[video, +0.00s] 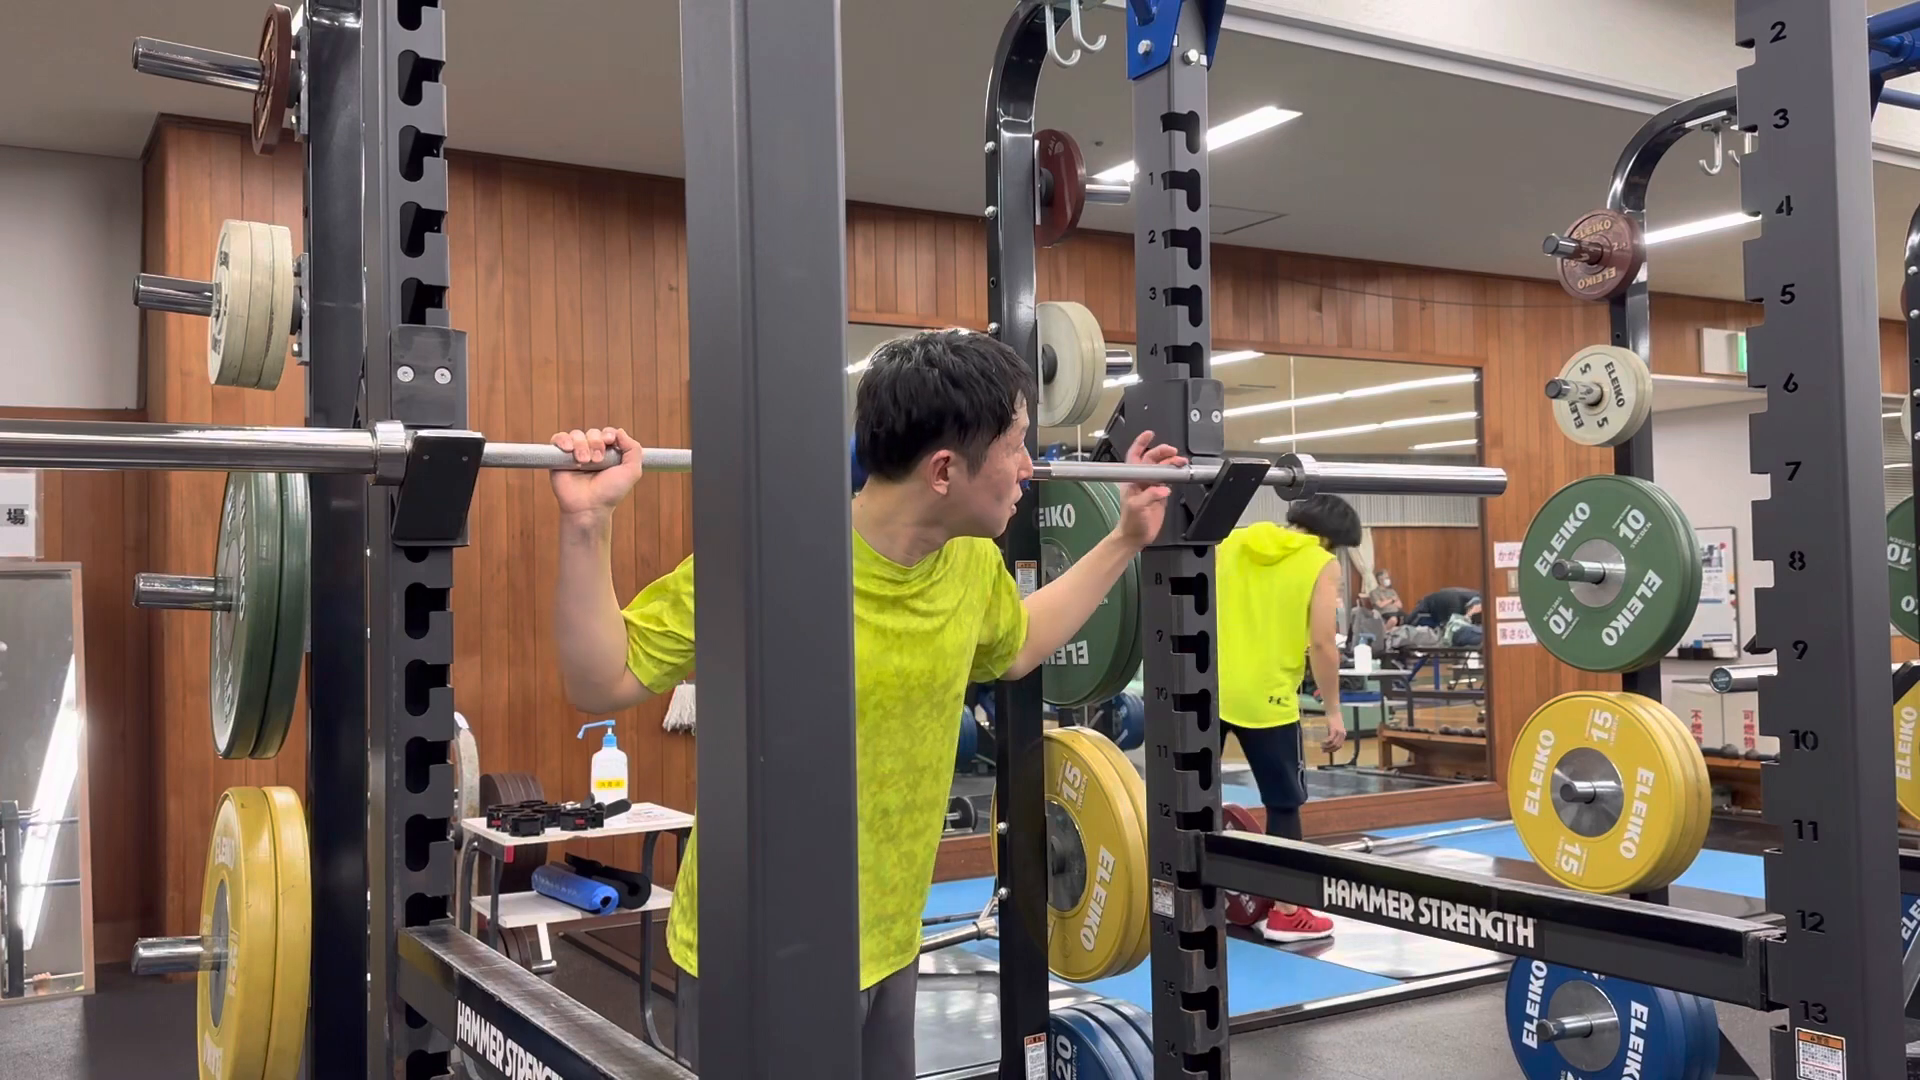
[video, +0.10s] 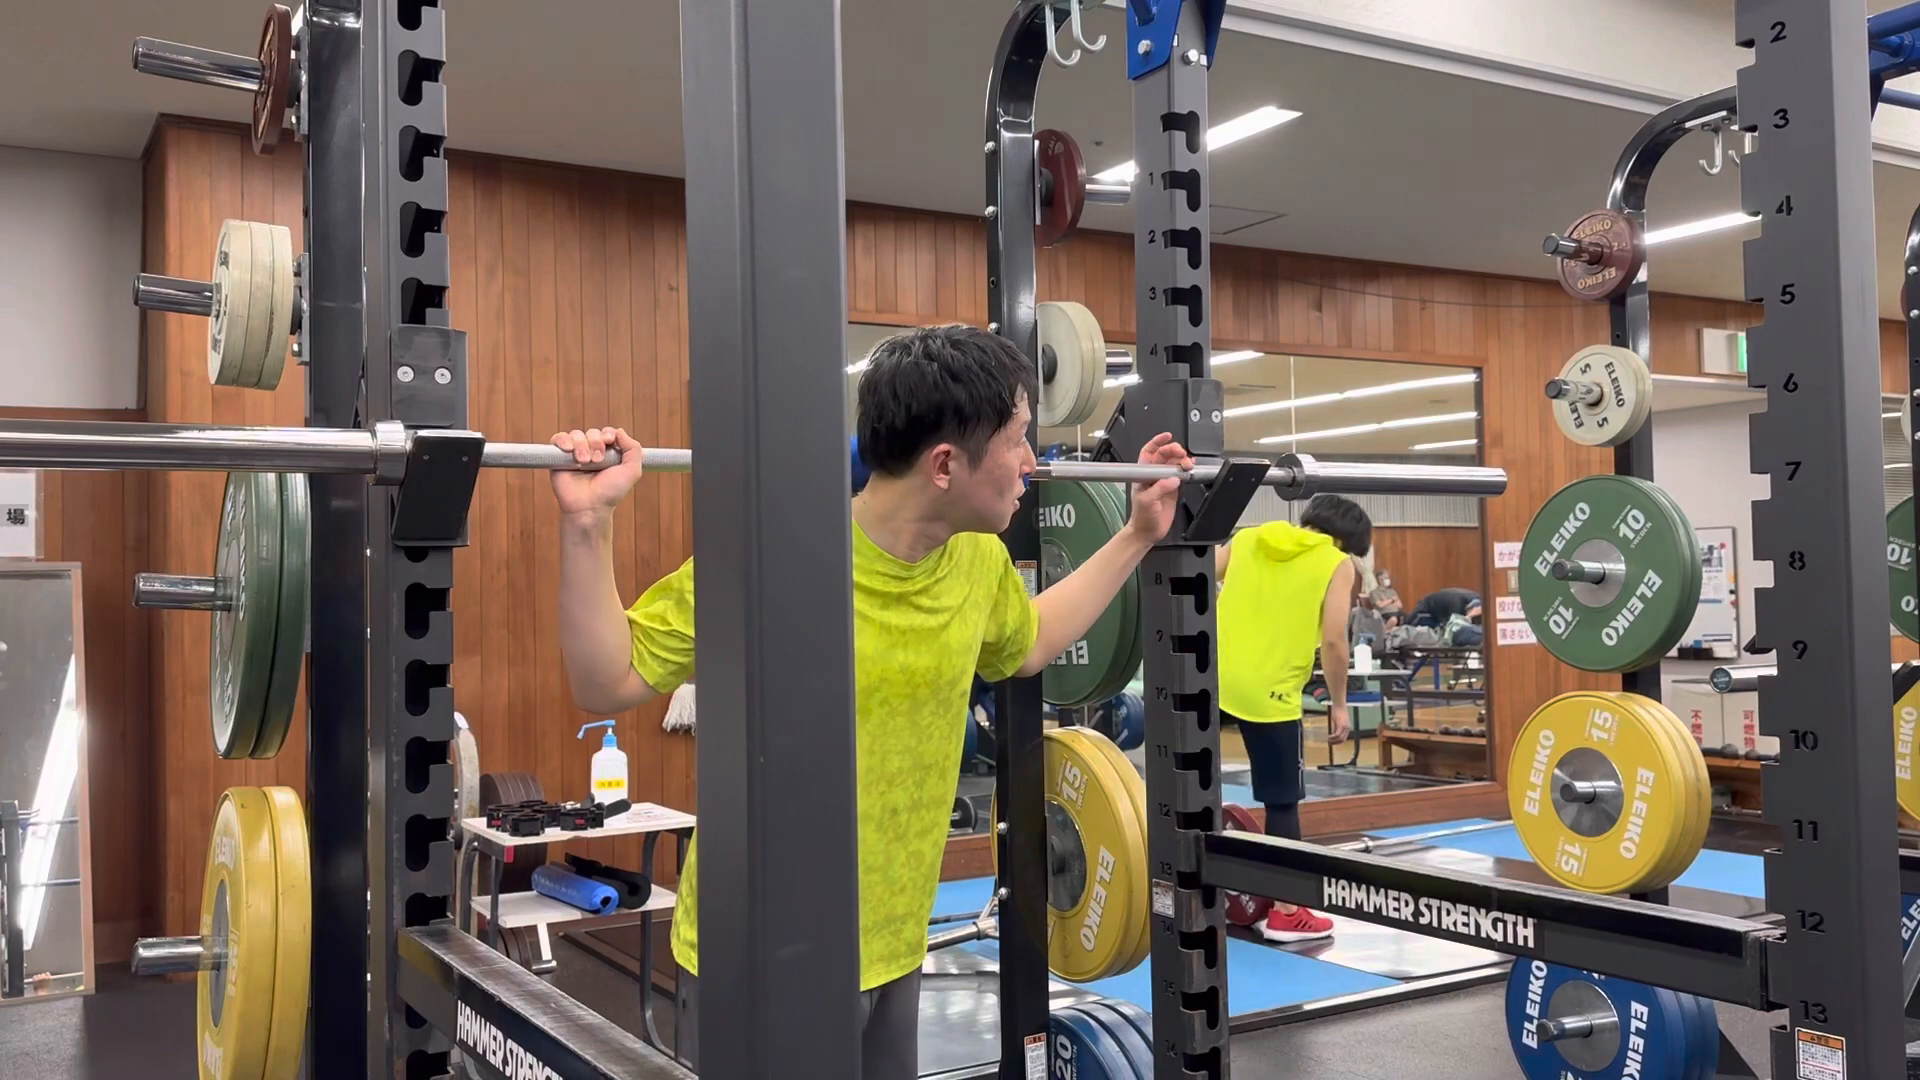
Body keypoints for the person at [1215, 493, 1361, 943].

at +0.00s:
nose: (1339, 555)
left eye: (1343, 549)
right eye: (1342, 547)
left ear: (1296, 518)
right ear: (1331, 538)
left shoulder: (1233, 542)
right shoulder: (1319, 563)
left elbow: (1195, 601)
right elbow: (1322, 645)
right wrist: (1333, 710)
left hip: (1205, 691)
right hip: (1264, 698)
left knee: (1194, 792)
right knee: (1283, 805)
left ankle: (1200, 895)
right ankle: (1286, 906)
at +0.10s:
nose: (1356, 559)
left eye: (1359, 553)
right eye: (1357, 551)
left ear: (1309, 522)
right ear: (1348, 541)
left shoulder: (1253, 538)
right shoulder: (1338, 563)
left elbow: (1204, 563)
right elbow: (1334, 641)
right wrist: (1339, 704)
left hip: (1208, 678)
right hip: (1268, 691)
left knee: (1191, 788)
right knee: (1281, 804)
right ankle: (1286, 905)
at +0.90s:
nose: (1338, 592)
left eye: (1344, 586)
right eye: (1344, 584)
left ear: (1320, 554)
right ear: (1338, 569)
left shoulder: (1261, 569)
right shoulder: (1308, 578)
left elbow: (1225, 624)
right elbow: (1293, 651)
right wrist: (1327, 705)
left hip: (1213, 694)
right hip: (1251, 696)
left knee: (1216, 789)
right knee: (1315, 781)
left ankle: (1191, 883)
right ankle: (1314, 896)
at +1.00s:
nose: (1343, 616)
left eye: (1350, 611)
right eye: (1349, 608)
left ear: (1324, 570)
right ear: (1348, 591)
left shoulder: (1267, 584)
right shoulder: (1321, 594)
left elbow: (1227, 638)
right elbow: (1304, 668)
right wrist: (1327, 729)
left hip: (1202, 702)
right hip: (1246, 704)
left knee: (1203, 803)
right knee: (1296, 797)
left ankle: (1194, 895)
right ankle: (1327, 903)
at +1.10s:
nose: (1357, 661)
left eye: (1362, 658)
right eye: (1361, 655)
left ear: (1344, 613)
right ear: (1361, 636)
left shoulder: (1287, 616)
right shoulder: (1341, 638)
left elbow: (1242, 678)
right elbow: (1322, 707)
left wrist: (1240, 760)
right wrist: (1323, 772)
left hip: (1204, 696)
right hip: (1250, 705)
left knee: (1194, 802)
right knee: (1308, 795)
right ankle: (1341, 907)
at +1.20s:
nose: (1357, 697)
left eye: (1363, 694)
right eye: (1363, 691)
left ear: (1349, 648)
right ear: (1365, 675)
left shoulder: (1294, 643)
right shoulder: (1347, 670)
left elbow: (1239, 708)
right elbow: (1324, 737)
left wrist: (1228, 786)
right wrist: (1308, 811)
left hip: (1208, 694)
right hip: (1254, 705)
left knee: (1202, 793)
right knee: (1319, 793)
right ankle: (1342, 910)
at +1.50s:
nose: (1339, 759)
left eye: (1344, 758)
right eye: (1346, 754)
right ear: (1356, 737)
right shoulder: (1343, 723)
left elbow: (1231, 767)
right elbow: (1304, 792)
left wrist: (1217, 818)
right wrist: (1297, 855)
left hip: (1207, 692)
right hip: (1255, 706)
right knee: (1323, 790)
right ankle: (1342, 909)